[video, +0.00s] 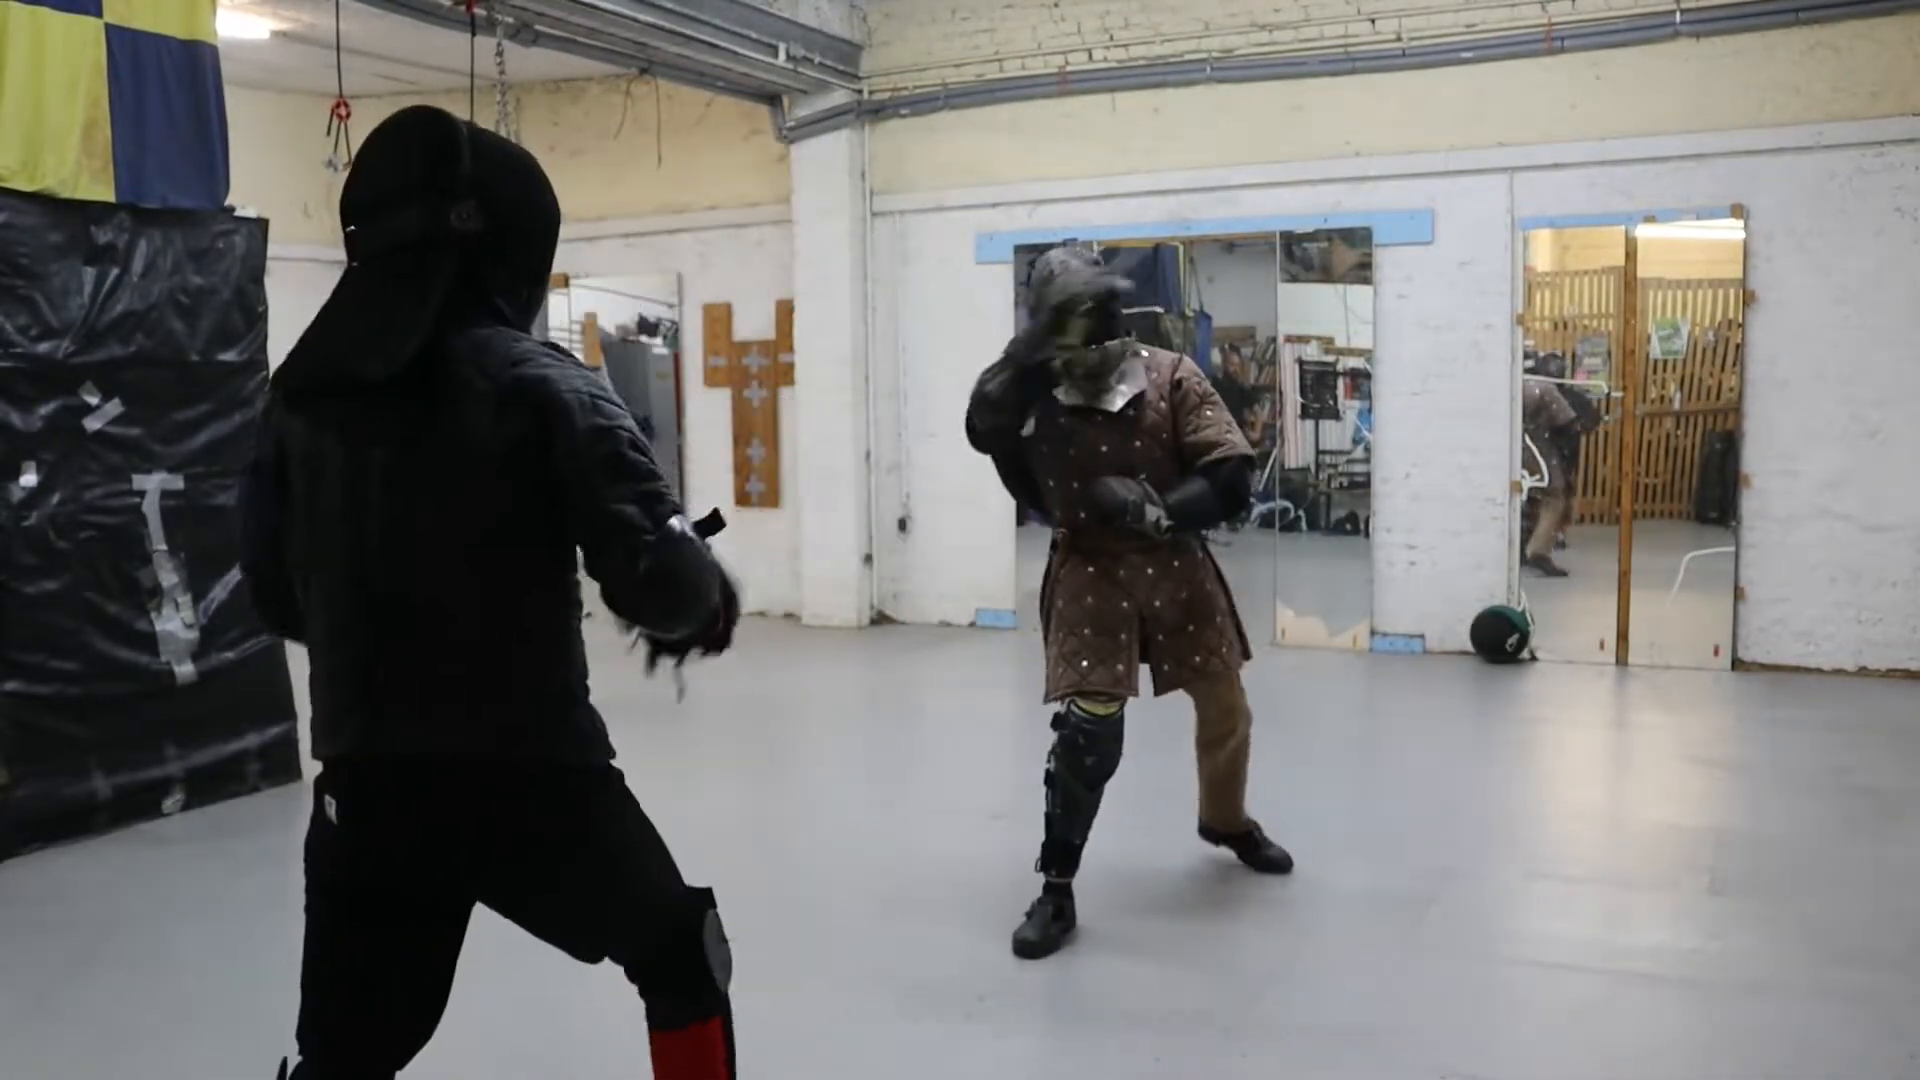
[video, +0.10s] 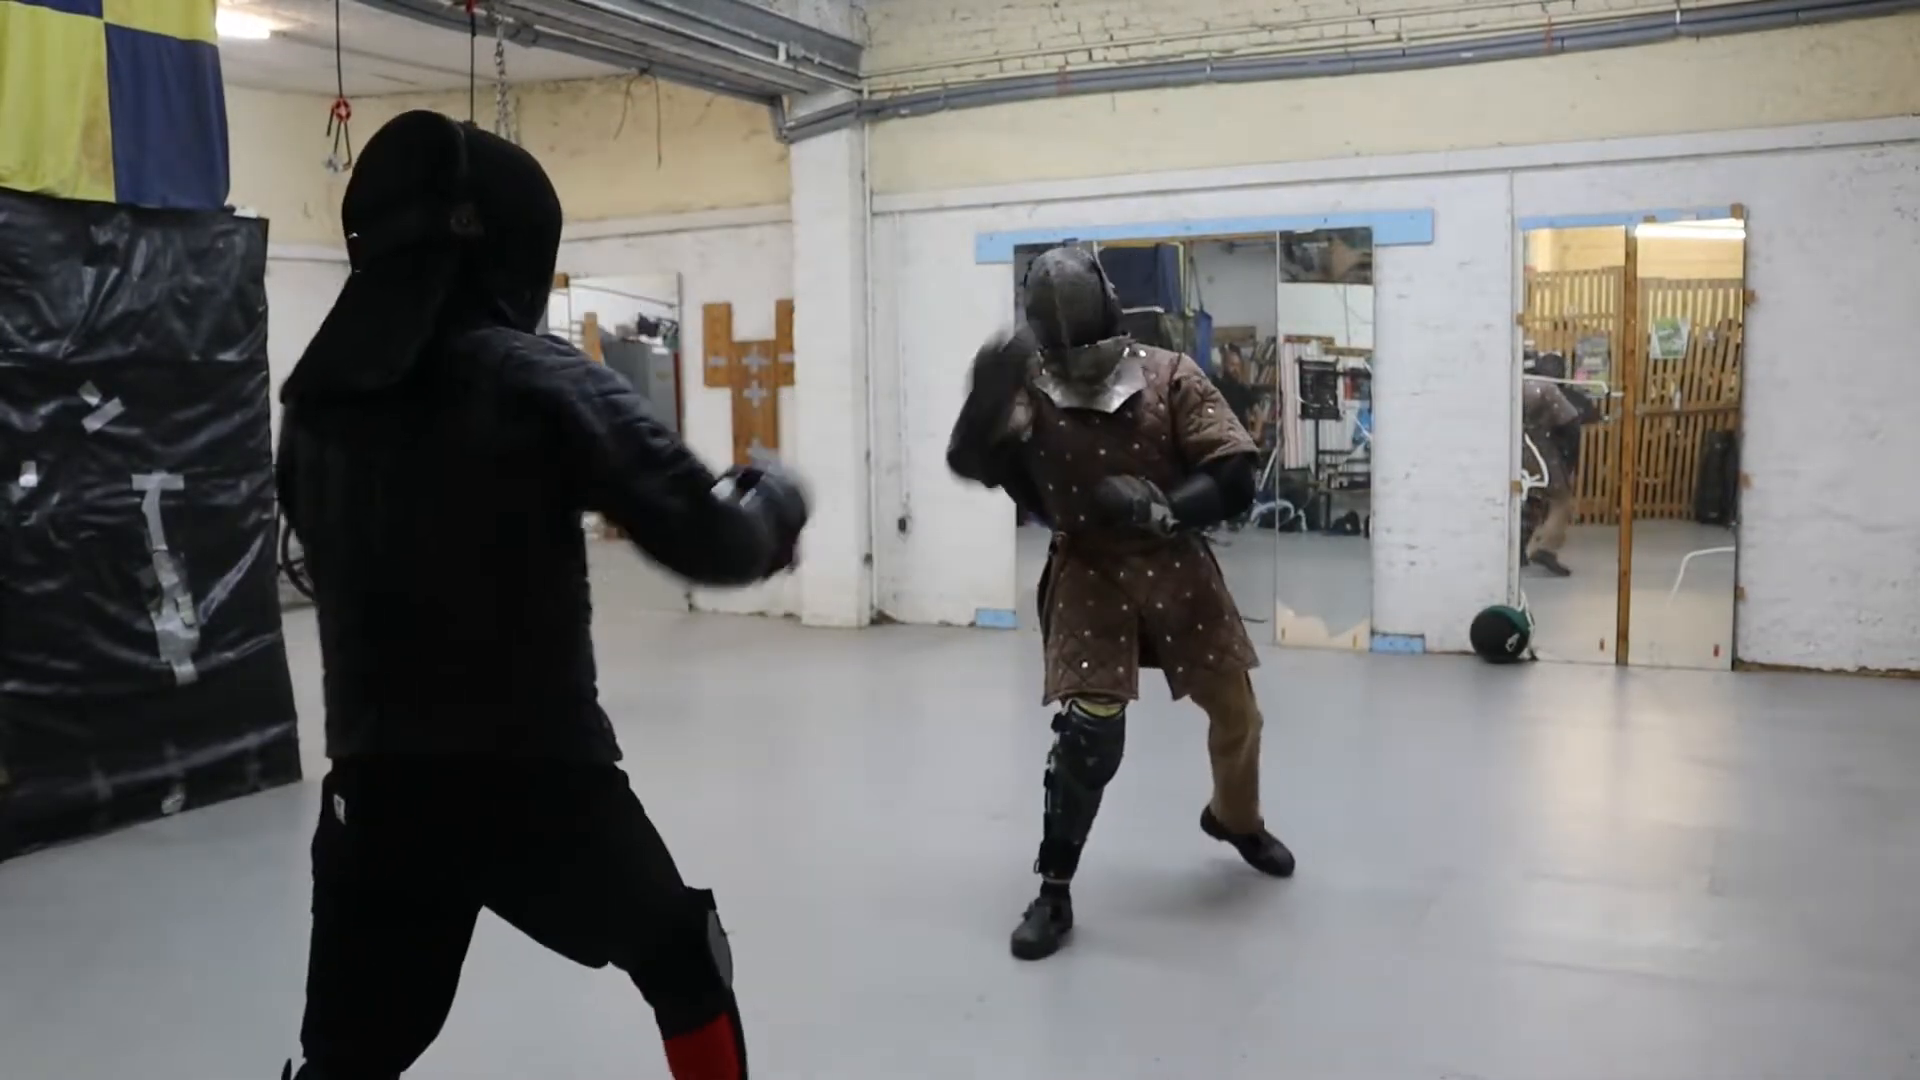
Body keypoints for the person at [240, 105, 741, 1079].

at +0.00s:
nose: (546, 269)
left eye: (543, 245)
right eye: (540, 247)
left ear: (371, 247)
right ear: (510, 251)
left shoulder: (301, 395)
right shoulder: (545, 389)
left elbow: (276, 591)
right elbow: (658, 584)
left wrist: (389, 621)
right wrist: (706, 598)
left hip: (373, 794)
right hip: (537, 787)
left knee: (337, 1057)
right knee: (679, 954)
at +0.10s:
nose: (550, 272)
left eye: (545, 246)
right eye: (541, 247)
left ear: (373, 245)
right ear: (505, 252)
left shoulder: (319, 395)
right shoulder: (540, 380)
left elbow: (324, 559)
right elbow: (715, 543)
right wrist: (772, 500)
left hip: (383, 798)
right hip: (543, 790)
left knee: (339, 1058)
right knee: (682, 957)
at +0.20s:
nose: (574, 268)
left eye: (568, 241)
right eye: (564, 243)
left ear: (406, 255)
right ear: (538, 253)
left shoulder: (357, 406)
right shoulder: (576, 381)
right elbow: (783, 460)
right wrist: (856, 401)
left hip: (412, 802)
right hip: (572, 795)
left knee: (359, 1056)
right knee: (698, 959)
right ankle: (756, 1073)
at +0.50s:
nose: (694, 264)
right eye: (684, 244)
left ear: (550, 258)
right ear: (666, 256)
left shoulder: (471, 402)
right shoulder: (710, 390)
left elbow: (435, 580)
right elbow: (873, 511)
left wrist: (540, 602)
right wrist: (938, 466)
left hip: (535, 755)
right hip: (683, 748)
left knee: (485, 995)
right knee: (771, 921)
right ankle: (794, 1071)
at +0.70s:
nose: (719, 299)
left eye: (714, 274)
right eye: (711, 275)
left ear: (570, 272)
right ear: (685, 280)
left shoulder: (484, 402)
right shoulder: (722, 415)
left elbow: (410, 563)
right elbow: (813, 609)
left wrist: (522, 580)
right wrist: (858, 540)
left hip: (527, 770)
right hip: (682, 772)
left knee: (473, 1015)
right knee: (768, 923)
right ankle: (792, 1071)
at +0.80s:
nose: (724, 286)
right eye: (715, 265)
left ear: (576, 271)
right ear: (704, 278)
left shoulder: (500, 402)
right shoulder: (737, 422)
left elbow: (390, 537)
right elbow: (832, 611)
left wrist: (484, 548)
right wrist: (858, 527)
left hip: (544, 772)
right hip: (693, 773)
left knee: (486, 1012)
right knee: (773, 914)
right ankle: (789, 1073)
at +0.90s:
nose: (746, 272)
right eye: (738, 254)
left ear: (607, 264)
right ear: (730, 268)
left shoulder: (538, 399)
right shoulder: (765, 415)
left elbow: (389, 507)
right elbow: (860, 591)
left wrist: (522, 483)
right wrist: (892, 521)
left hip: (588, 756)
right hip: (729, 752)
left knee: (534, 996)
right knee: (785, 911)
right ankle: (795, 1071)